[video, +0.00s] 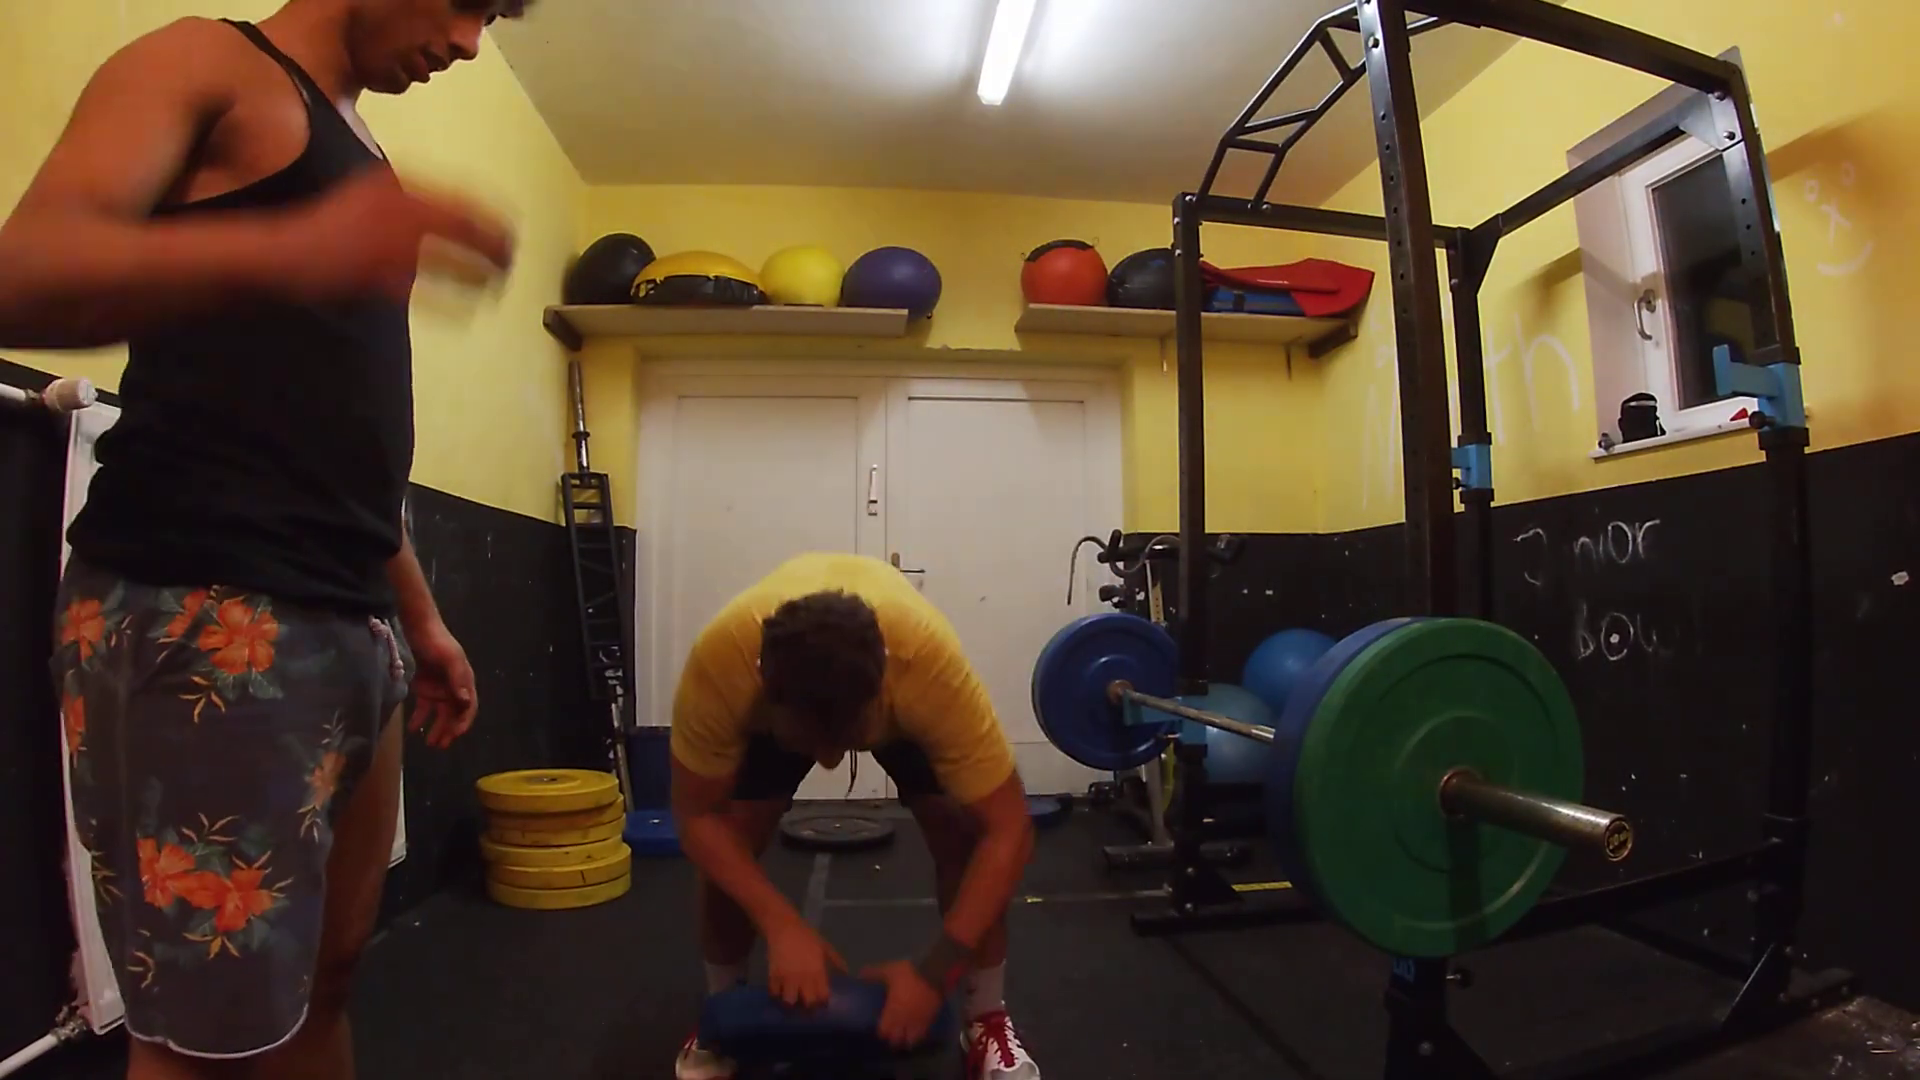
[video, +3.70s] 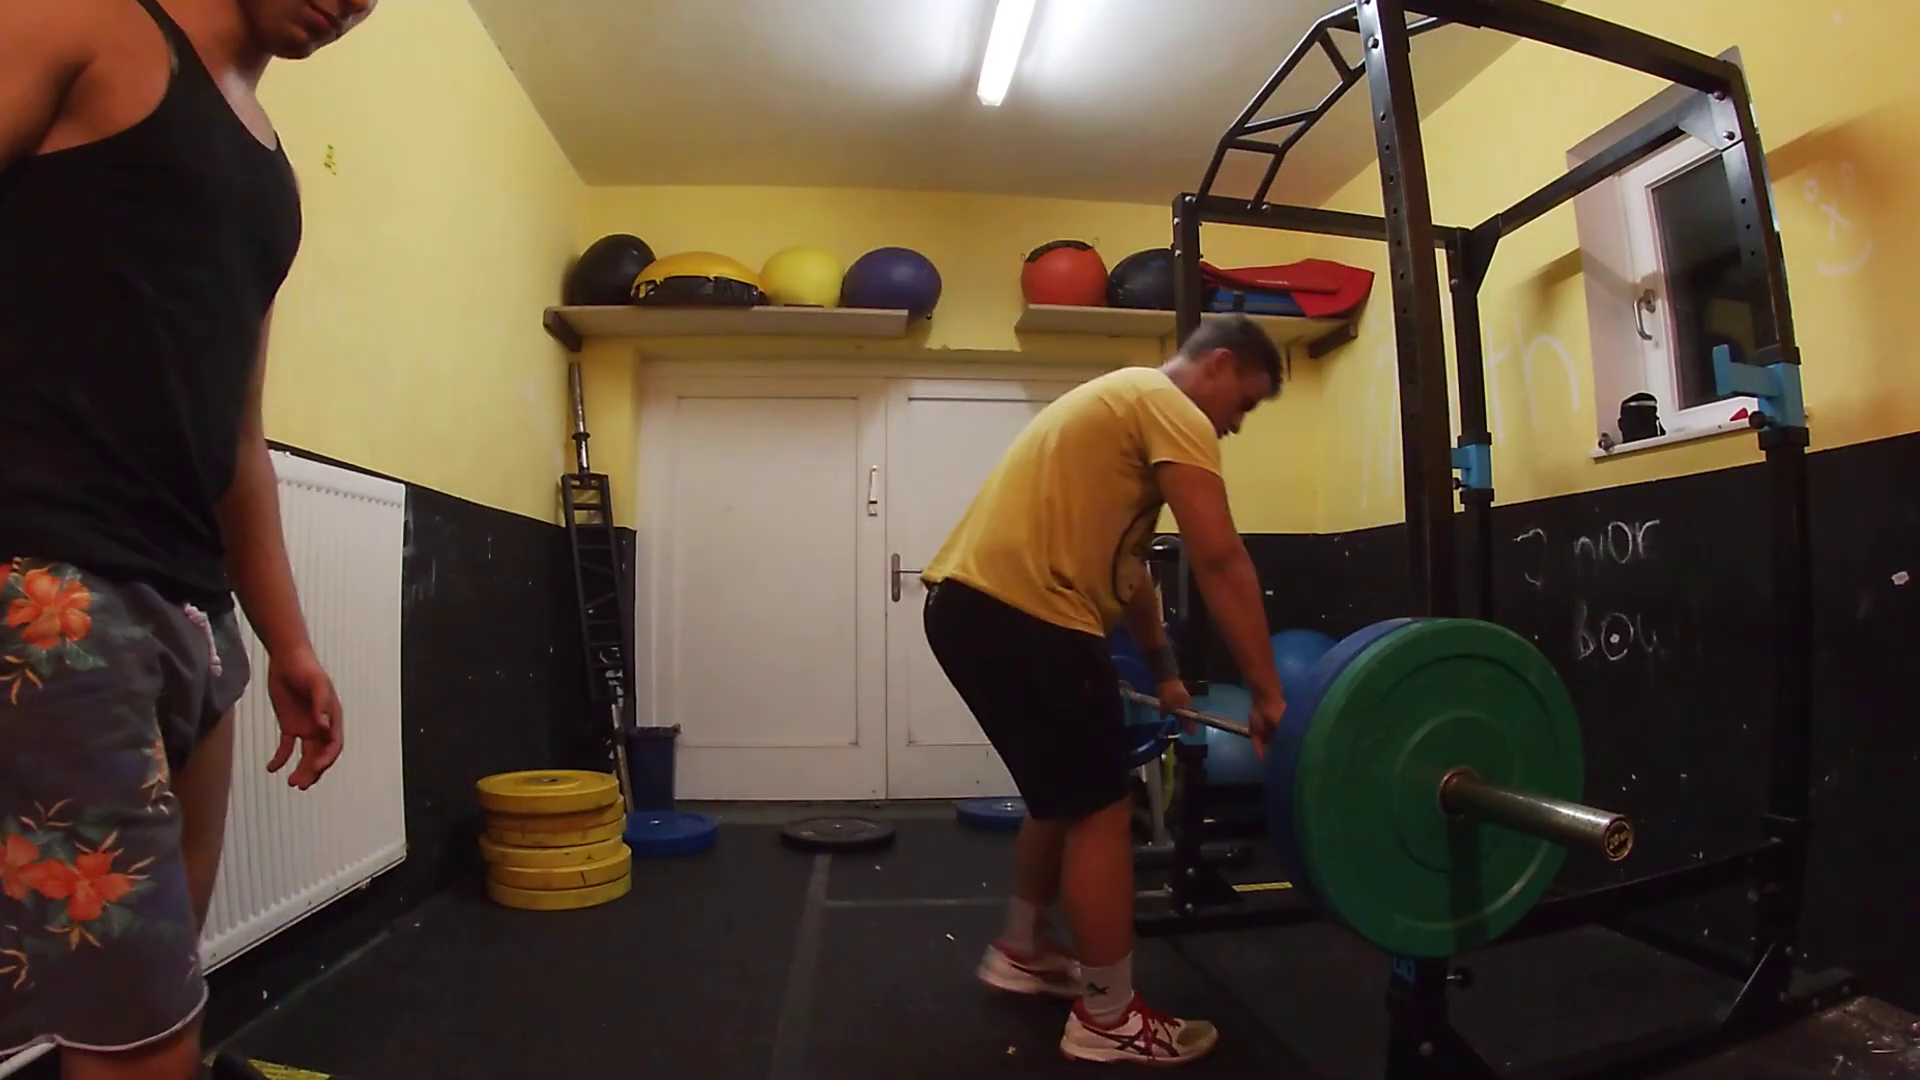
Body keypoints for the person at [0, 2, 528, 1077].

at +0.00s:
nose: (470, 43)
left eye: (488, 24)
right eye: (471, 8)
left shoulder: (363, 162)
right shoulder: (197, 61)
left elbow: (342, 422)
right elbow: (25, 271)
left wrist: (417, 614)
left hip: (347, 630)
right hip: (199, 622)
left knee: (318, 1000)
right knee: (201, 1039)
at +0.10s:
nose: (467, 52)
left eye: (485, 32)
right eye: (473, 18)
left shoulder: (355, 148)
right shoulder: (210, 62)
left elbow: (350, 415)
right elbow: (51, 231)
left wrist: (424, 614)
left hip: (355, 625)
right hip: (210, 615)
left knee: (321, 991)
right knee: (206, 1037)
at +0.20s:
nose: (459, 60)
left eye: (479, 38)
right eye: (463, 21)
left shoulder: (344, 143)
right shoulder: (226, 94)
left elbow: (356, 408)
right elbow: (136, 102)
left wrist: (430, 616)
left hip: (358, 620)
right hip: (214, 617)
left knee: (324, 989)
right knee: (207, 1032)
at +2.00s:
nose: (440, 71)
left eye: (463, 54)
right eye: (444, 30)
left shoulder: (353, 158)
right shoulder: (208, 76)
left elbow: (344, 401)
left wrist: (414, 600)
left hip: (357, 618)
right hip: (229, 616)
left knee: (323, 999)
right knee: (217, 1032)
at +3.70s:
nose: (357, 4)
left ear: (346, 20)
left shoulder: (263, 157)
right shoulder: (78, 22)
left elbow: (235, 430)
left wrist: (288, 641)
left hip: (186, 606)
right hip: (47, 592)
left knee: (147, 1009)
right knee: (140, 1044)